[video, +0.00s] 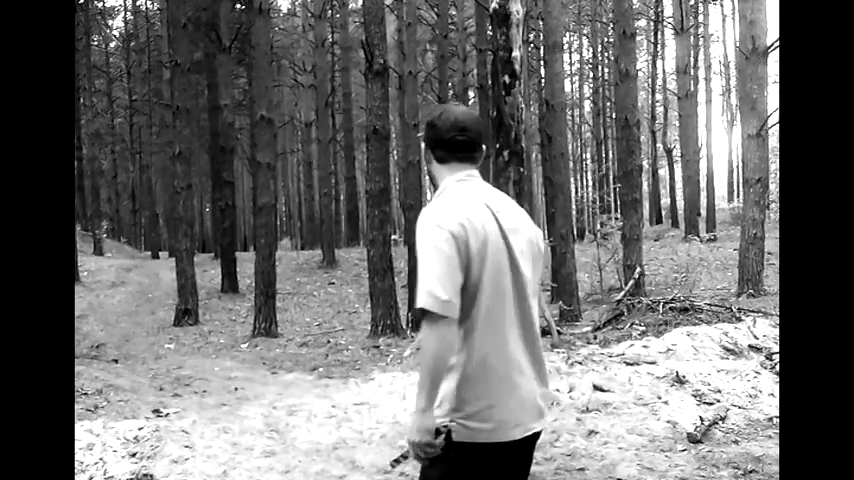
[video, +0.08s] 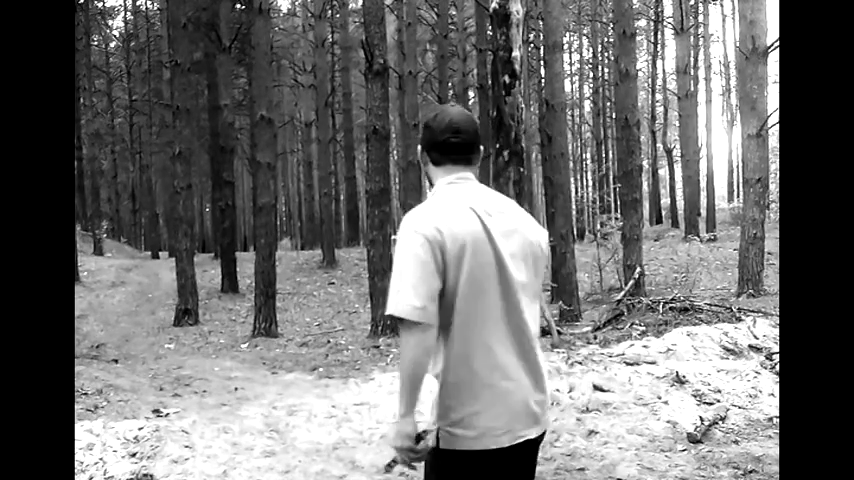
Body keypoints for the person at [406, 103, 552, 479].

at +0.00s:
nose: (424, 156)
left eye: (424, 148)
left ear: (427, 153)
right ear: (483, 153)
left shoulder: (441, 217)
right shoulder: (516, 213)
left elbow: (441, 323)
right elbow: (531, 309)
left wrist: (423, 411)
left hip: (470, 425)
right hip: (524, 418)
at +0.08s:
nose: (419, 157)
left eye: (419, 151)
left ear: (422, 156)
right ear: (481, 155)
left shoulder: (425, 222)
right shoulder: (522, 218)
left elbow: (418, 325)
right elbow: (534, 315)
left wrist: (407, 416)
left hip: (467, 427)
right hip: (528, 420)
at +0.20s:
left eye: (413, 147)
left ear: (418, 155)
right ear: (477, 154)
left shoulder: (407, 226)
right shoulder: (523, 216)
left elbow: (385, 335)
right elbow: (536, 308)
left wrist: (374, 417)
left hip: (462, 431)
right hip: (533, 422)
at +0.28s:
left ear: (422, 153)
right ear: (479, 150)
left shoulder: (405, 224)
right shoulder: (527, 214)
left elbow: (376, 330)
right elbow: (545, 303)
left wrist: (365, 409)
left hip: (458, 430)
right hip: (535, 421)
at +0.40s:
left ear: (435, 145)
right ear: (493, 141)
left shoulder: (409, 220)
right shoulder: (536, 208)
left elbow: (376, 324)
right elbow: (562, 291)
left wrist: (364, 400)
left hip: (454, 426)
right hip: (537, 421)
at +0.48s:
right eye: (506, 135)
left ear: (442, 145)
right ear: (503, 140)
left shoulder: (415, 220)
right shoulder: (545, 208)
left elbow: (384, 326)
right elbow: (572, 290)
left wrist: (371, 399)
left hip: (456, 430)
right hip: (543, 424)